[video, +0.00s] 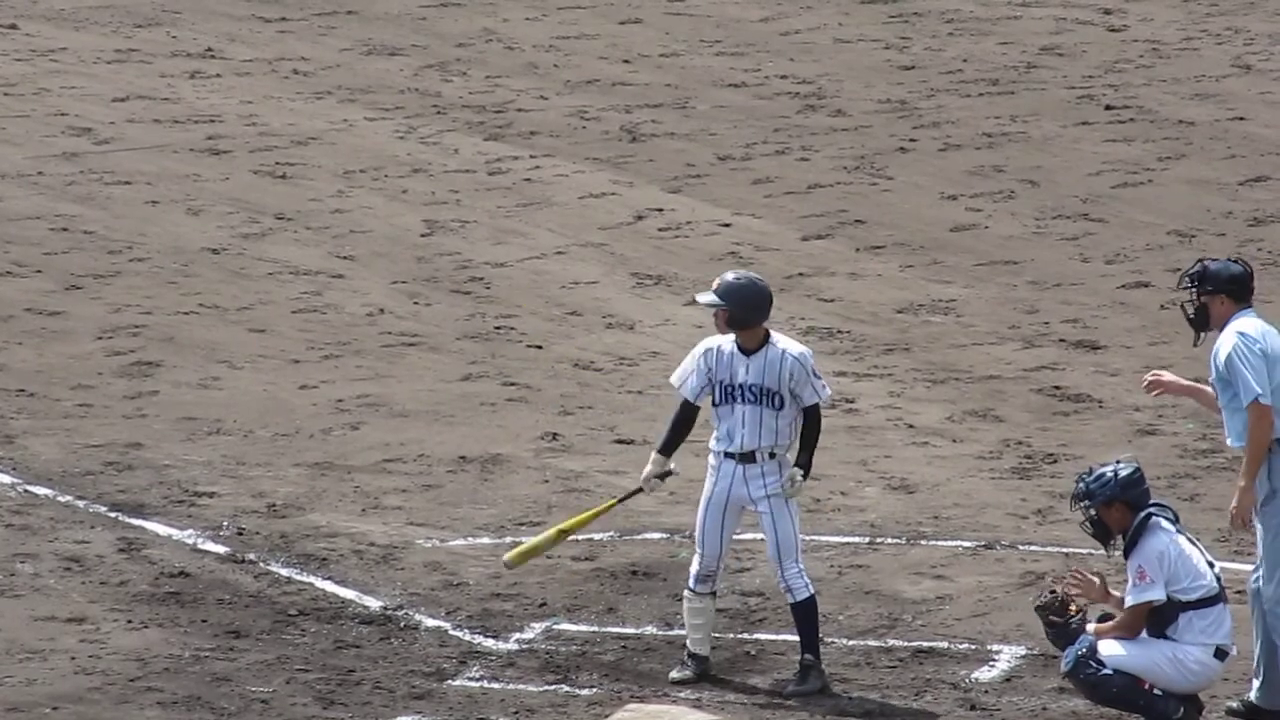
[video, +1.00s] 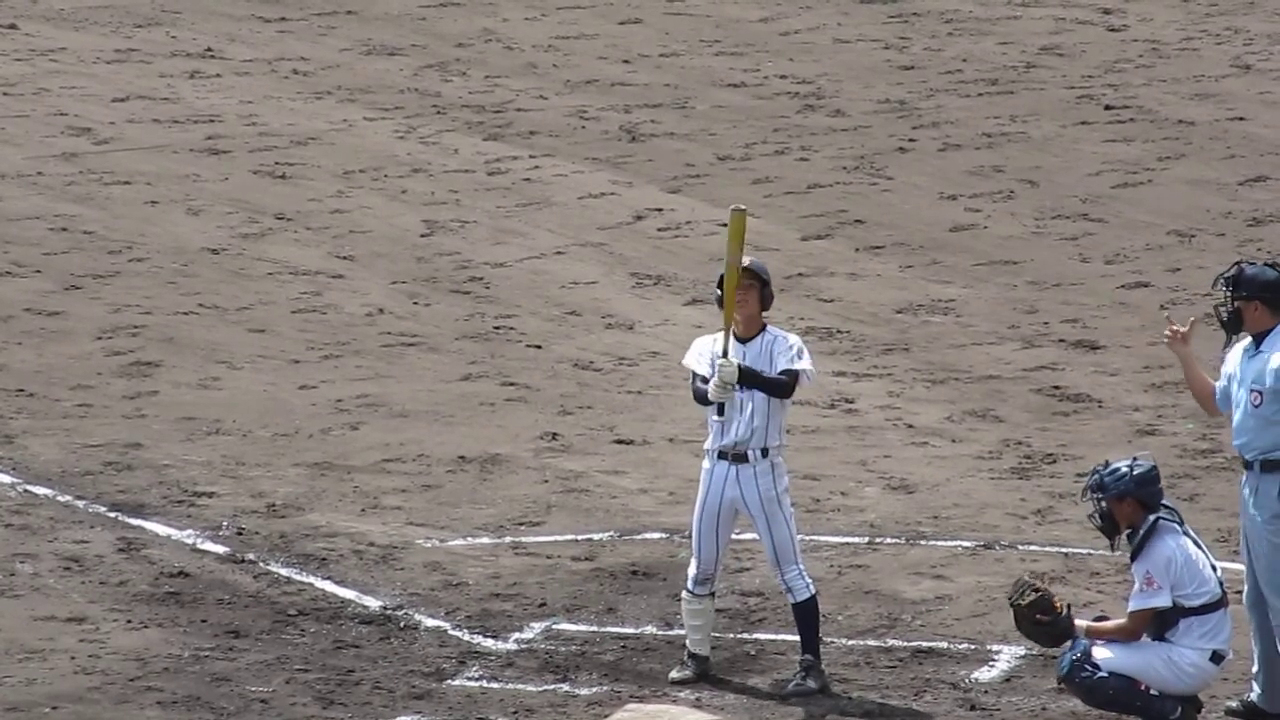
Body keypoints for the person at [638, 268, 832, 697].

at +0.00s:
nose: (712, 314)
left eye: (719, 309)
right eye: (714, 307)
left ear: (742, 315)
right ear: (741, 315)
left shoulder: (793, 359)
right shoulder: (711, 354)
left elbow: (811, 413)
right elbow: (687, 409)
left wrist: (802, 465)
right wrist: (660, 456)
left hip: (772, 472)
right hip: (722, 471)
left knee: (790, 570)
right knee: (704, 564)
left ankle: (811, 665)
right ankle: (696, 658)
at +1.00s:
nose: (740, 296)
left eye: (748, 289)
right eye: (734, 289)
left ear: (765, 297)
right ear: (724, 296)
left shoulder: (784, 343)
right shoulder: (707, 346)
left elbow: (786, 388)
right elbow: (697, 393)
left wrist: (743, 375)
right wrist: (714, 391)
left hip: (762, 470)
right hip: (716, 469)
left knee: (789, 569)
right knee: (702, 567)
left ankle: (811, 665)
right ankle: (696, 658)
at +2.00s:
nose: (704, 302)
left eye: (711, 297)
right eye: (706, 295)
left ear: (729, 303)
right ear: (733, 303)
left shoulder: (771, 345)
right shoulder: (702, 346)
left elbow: (743, 388)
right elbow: (676, 397)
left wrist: (685, 370)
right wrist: (668, 389)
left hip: (757, 471)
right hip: (714, 468)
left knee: (773, 576)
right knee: (697, 566)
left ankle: (803, 667)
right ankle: (688, 657)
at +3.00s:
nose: (732, 314)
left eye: (739, 309)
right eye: (734, 307)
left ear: (760, 315)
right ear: (758, 313)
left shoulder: (809, 350)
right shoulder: (728, 354)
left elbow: (790, 384)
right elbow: (720, 414)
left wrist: (742, 355)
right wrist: (726, 388)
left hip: (781, 476)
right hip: (734, 472)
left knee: (780, 577)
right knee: (698, 568)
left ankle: (801, 665)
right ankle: (685, 649)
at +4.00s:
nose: (714, 314)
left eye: (720, 309)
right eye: (714, 309)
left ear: (741, 311)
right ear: (719, 311)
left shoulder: (782, 352)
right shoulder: (711, 349)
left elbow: (803, 364)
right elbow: (688, 369)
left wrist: (761, 319)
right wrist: (720, 336)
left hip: (765, 480)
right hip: (718, 477)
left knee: (768, 583)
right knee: (691, 578)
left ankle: (800, 667)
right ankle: (686, 658)